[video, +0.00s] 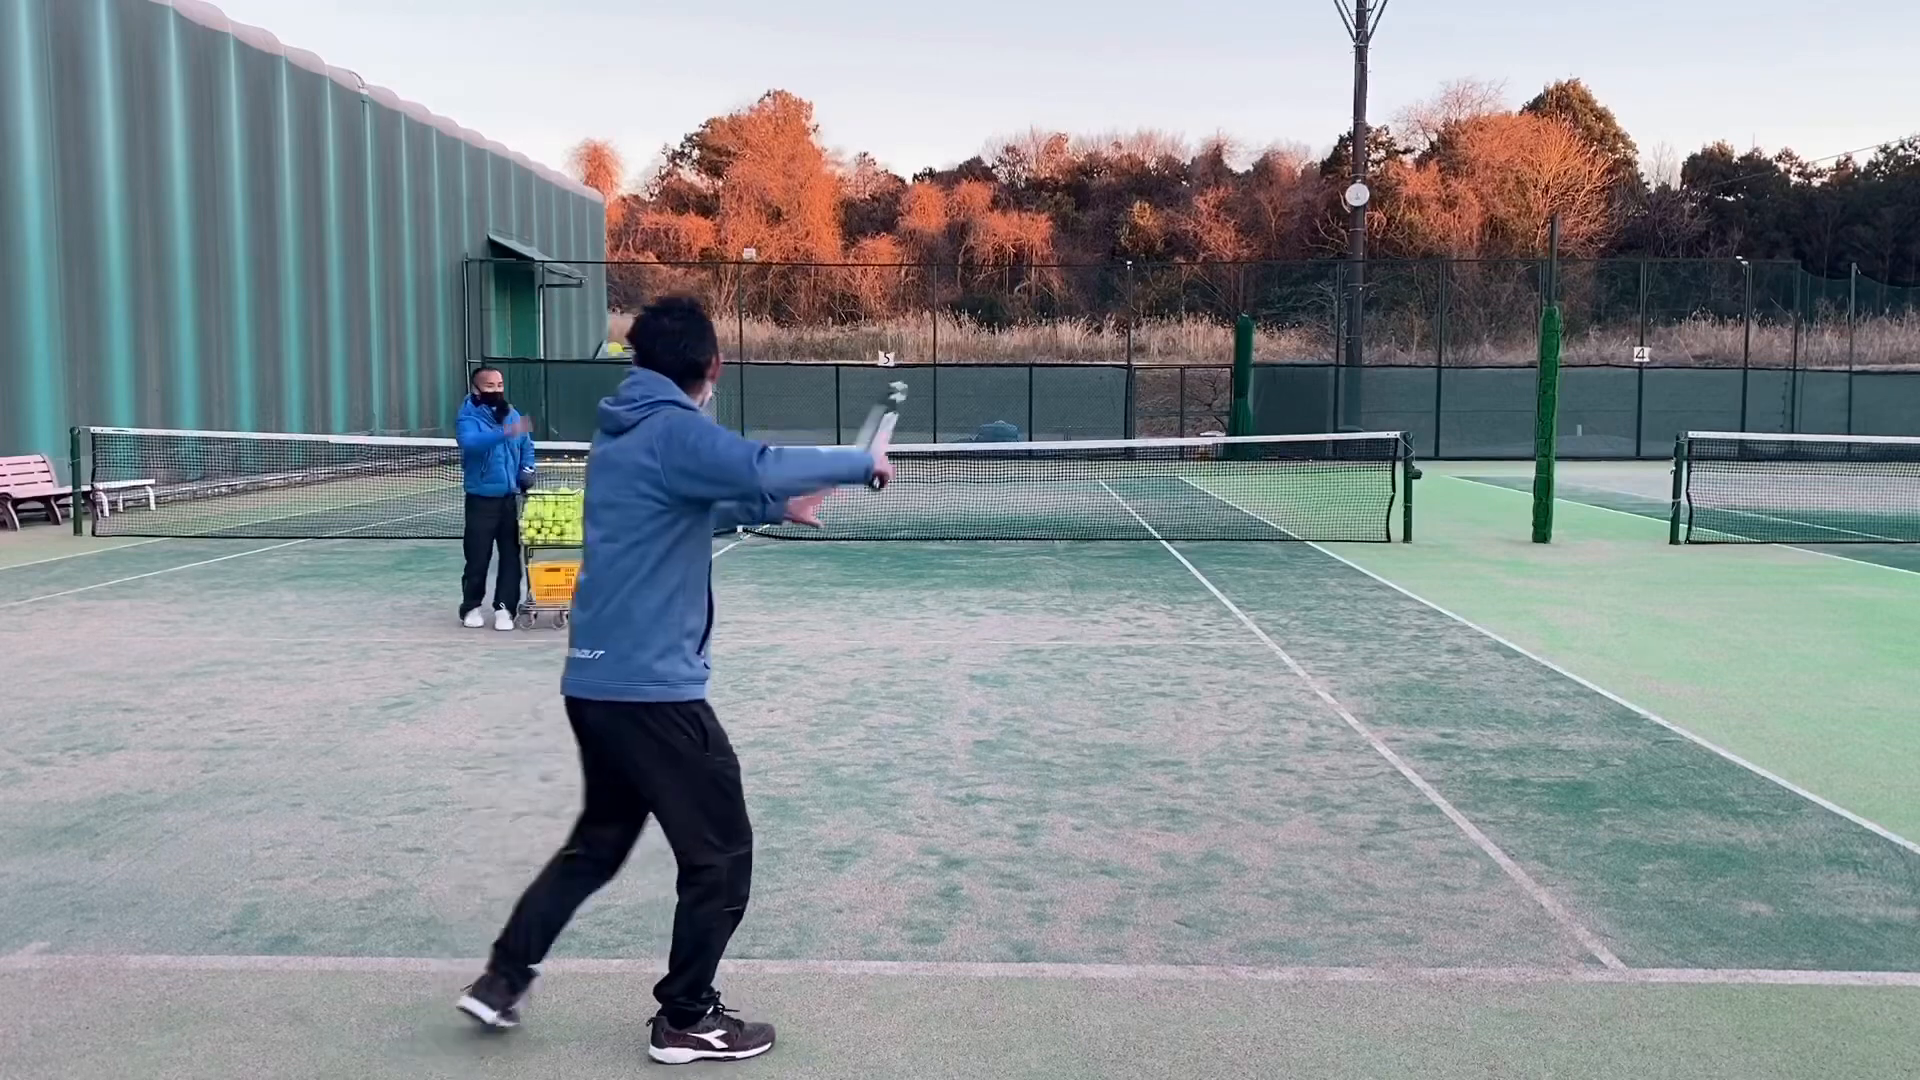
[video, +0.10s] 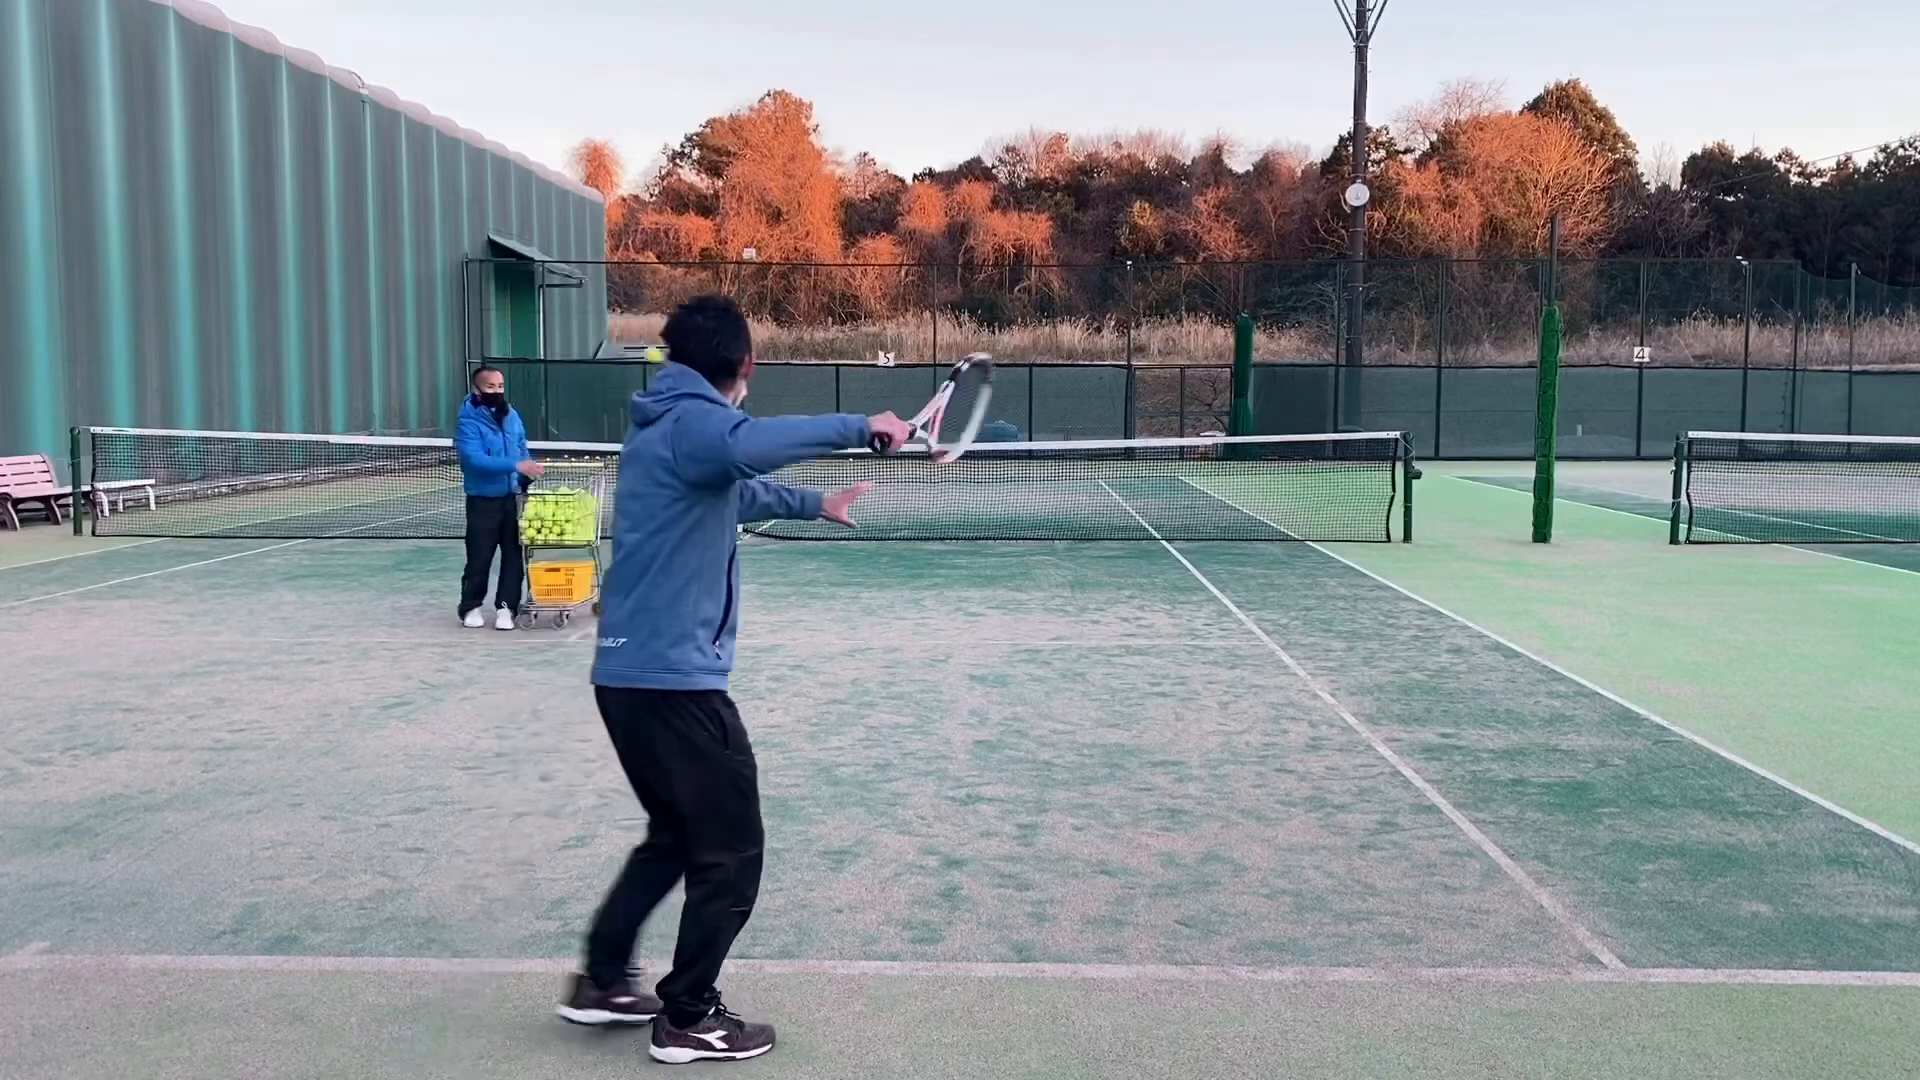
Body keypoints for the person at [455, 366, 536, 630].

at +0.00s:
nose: (497, 390)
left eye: (500, 385)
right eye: (490, 385)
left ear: (504, 386)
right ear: (476, 388)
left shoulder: (512, 415)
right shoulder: (468, 415)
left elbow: (528, 448)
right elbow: (468, 441)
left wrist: (527, 470)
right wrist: (505, 432)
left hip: (511, 496)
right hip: (481, 496)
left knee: (511, 557)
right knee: (478, 557)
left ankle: (504, 608)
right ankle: (471, 608)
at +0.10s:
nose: (497, 391)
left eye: (500, 386)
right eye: (491, 387)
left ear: (504, 387)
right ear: (477, 389)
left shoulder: (511, 415)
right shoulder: (468, 420)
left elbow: (522, 450)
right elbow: (473, 459)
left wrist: (528, 468)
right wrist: (517, 465)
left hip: (513, 497)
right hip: (483, 499)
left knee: (513, 556)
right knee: (480, 557)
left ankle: (506, 607)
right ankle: (471, 607)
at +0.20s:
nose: (500, 391)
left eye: (502, 386)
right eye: (493, 387)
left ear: (505, 386)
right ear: (478, 389)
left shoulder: (511, 414)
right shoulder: (470, 422)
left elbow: (515, 447)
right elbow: (475, 465)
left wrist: (528, 468)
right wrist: (515, 483)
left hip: (513, 495)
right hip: (484, 497)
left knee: (518, 553)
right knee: (480, 555)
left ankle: (510, 606)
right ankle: (471, 607)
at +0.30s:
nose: (504, 392)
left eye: (507, 387)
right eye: (498, 388)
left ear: (509, 388)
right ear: (484, 390)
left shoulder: (513, 415)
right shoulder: (473, 422)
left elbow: (516, 450)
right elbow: (477, 466)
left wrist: (527, 476)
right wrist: (517, 486)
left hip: (515, 496)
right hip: (487, 498)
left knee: (520, 554)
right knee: (482, 556)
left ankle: (516, 605)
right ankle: (471, 608)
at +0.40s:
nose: (510, 393)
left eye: (512, 388)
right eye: (503, 388)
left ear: (515, 389)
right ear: (490, 389)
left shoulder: (515, 416)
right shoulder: (477, 422)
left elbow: (518, 451)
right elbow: (482, 465)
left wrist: (529, 476)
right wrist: (521, 486)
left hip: (517, 497)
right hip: (489, 499)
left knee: (524, 554)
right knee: (483, 557)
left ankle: (518, 606)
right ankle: (470, 607)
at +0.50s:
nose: (515, 394)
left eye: (517, 389)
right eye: (509, 389)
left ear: (520, 390)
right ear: (495, 390)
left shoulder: (517, 416)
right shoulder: (482, 421)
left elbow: (521, 451)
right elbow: (488, 465)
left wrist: (533, 476)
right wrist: (526, 486)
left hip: (518, 497)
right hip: (491, 499)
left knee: (529, 553)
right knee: (484, 557)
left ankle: (526, 604)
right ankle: (470, 608)